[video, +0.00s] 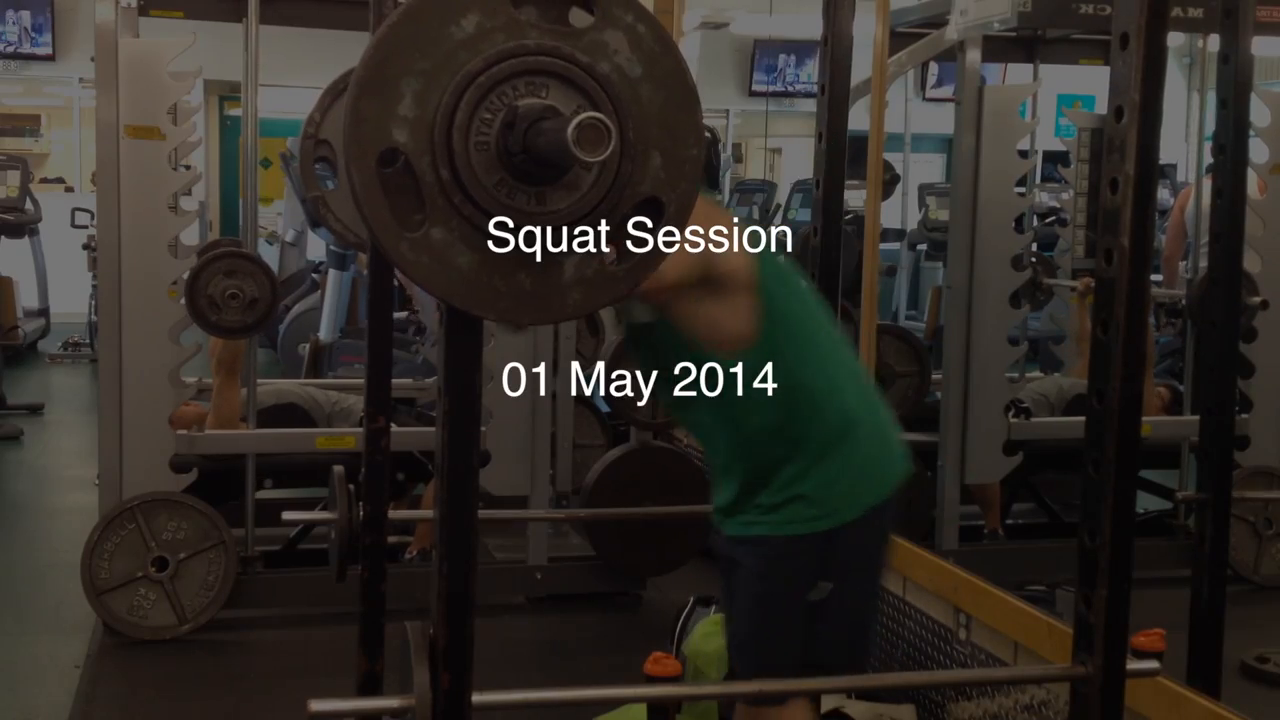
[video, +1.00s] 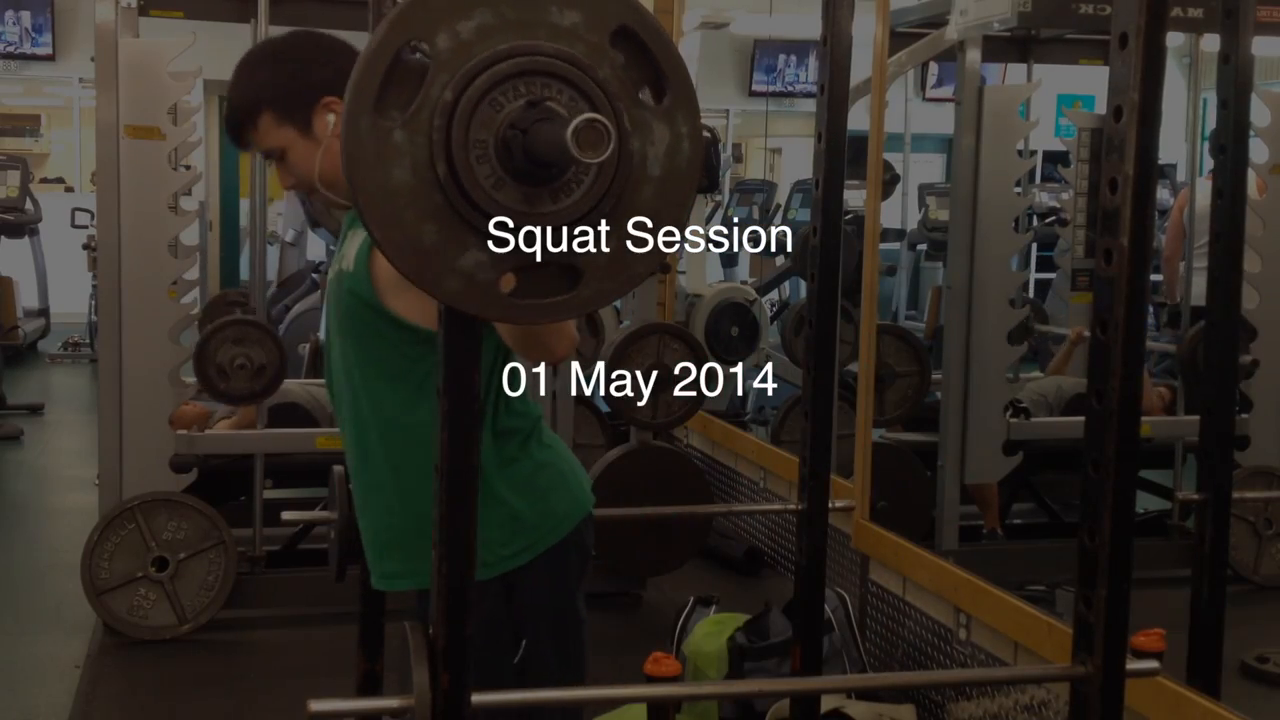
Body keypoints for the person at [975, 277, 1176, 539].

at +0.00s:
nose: (1154, 395)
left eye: (1160, 397)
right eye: (1156, 391)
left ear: (1163, 413)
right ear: (1148, 387)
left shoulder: (1144, 419)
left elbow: (1146, 364)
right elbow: (1085, 350)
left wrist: (1143, 312)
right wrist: (1081, 301)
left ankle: (993, 528)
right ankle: (992, 528)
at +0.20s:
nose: (1154, 393)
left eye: (1161, 396)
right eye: (1158, 390)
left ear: (1162, 410)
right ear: (1150, 386)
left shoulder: (1146, 420)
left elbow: (1146, 364)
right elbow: (1085, 352)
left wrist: (1143, 314)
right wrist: (1081, 301)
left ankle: (993, 528)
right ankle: (992, 527)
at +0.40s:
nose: (1156, 394)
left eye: (1163, 397)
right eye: (1159, 390)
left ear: (1163, 411)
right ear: (1148, 385)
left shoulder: (1147, 421)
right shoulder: (1106, 396)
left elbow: (1146, 363)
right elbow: (1085, 352)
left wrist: (1142, 312)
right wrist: (1080, 303)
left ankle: (993, 528)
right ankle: (992, 527)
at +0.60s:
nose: (1155, 394)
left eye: (1161, 397)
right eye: (1158, 391)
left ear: (1161, 411)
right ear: (1151, 388)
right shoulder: (1099, 391)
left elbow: (1146, 365)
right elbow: (1071, 354)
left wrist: (1143, 315)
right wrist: (1077, 305)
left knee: (982, 459)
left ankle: (993, 528)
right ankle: (992, 526)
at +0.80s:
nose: (1157, 396)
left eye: (1163, 399)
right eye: (1159, 392)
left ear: (1163, 411)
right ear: (1150, 388)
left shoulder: (1145, 418)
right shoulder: (1105, 393)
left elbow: (1145, 389)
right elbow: (1057, 370)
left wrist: (1145, 346)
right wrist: (1072, 327)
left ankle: (993, 527)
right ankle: (992, 527)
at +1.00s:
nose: (1155, 394)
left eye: (1161, 397)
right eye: (1158, 391)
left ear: (1161, 412)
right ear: (1152, 387)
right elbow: (1051, 379)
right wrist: (1070, 345)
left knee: (979, 464)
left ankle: (993, 529)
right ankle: (992, 527)